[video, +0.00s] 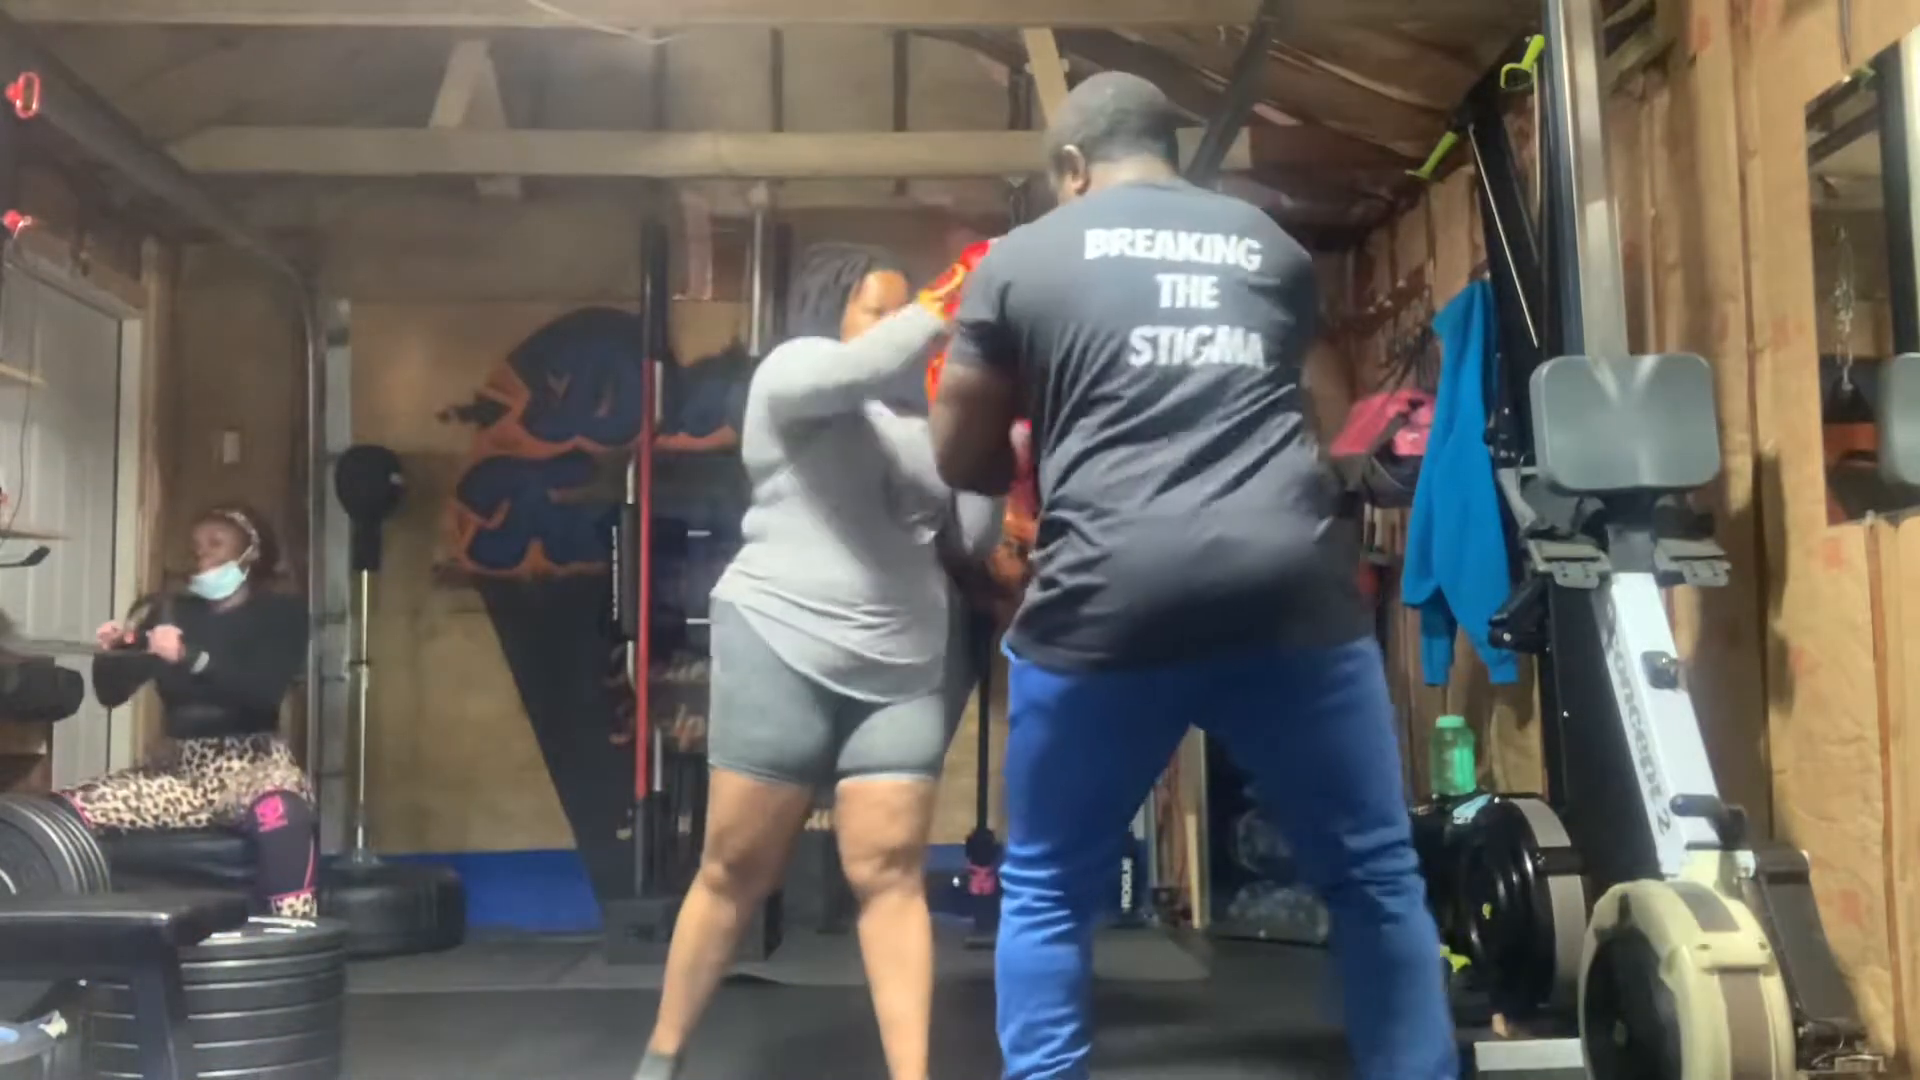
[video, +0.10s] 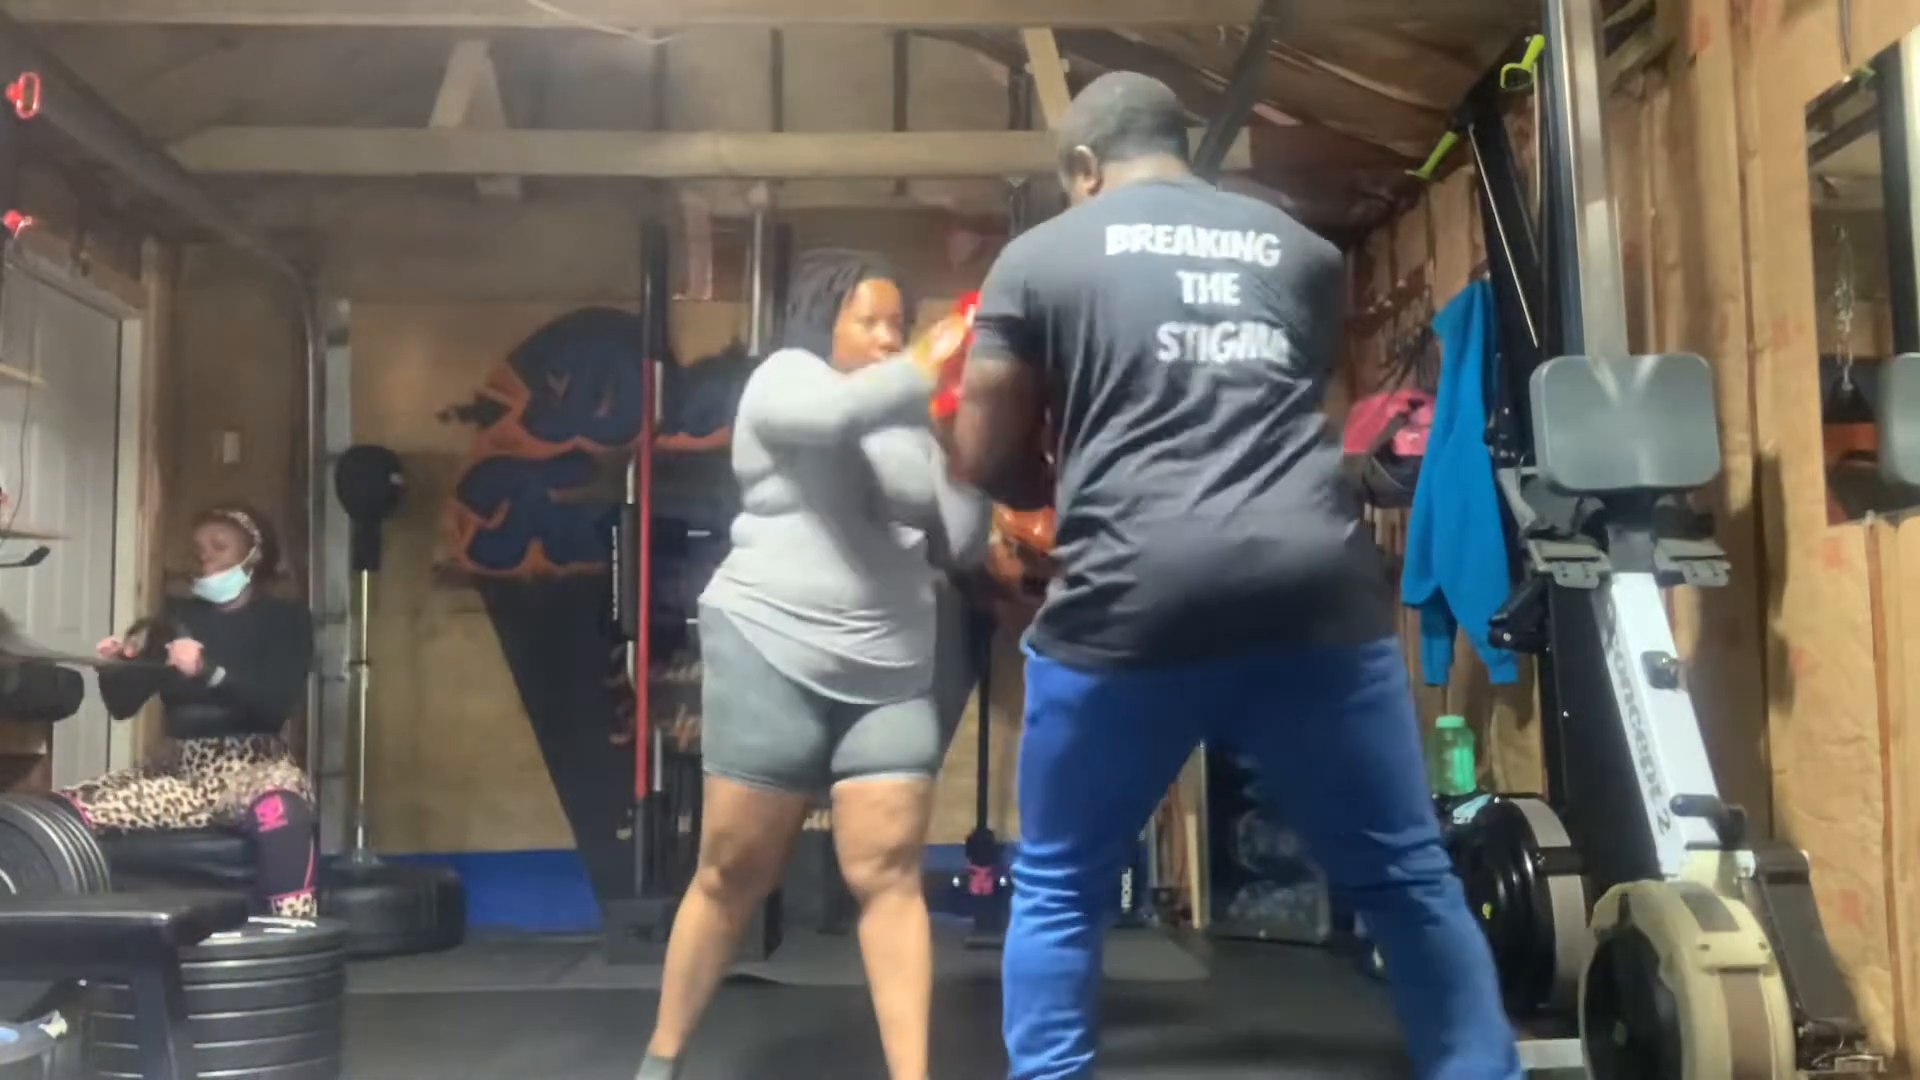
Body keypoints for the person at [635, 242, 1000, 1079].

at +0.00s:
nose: (900, 325)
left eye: (906, 312)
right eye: (880, 309)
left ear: (909, 323)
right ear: (826, 309)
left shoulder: (927, 424)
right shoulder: (787, 373)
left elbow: (973, 540)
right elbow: (868, 366)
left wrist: (1001, 452)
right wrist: (947, 301)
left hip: (904, 665)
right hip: (779, 641)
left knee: (890, 871)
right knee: (731, 870)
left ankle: (911, 1073)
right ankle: (661, 1056)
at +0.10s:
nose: (890, 340)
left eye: (898, 326)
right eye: (871, 323)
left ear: (905, 334)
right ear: (819, 321)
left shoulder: (913, 414)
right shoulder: (780, 377)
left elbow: (960, 546)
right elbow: (835, 413)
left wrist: (970, 434)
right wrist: (931, 361)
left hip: (896, 663)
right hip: (770, 642)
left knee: (890, 870)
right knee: (729, 873)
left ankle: (912, 1073)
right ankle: (662, 1057)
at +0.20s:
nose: (876, 343)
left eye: (887, 329)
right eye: (858, 326)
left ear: (897, 340)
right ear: (809, 330)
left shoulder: (908, 427)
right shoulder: (761, 399)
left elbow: (945, 561)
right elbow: (762, 494)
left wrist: (961, 474)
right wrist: (876, 443)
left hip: (877, 666)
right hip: (750, 647)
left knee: (883, 871)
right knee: (721, 879)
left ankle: (911, 1073)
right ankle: (660, 1061)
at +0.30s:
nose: (856, 350)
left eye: (867, 336)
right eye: (839, 331)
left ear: (876, 348)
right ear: (789, 334)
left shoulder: (887, 435)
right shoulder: (731, 416)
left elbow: (921, 573)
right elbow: (715, 534)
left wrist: (936, 507)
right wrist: (807, 481)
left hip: (857, 680)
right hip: (725, 669)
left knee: (879, 875)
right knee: (708, 883)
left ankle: (908, 1074)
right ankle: (666, 1064)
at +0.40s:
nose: (841, 358)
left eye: (850, 345)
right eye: (824, 339)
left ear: (857, 356)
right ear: (773, 341)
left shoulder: (860, 445)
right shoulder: (711, 431)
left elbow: (894, 582)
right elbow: (672, 557)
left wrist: (903, 525)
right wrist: (769, 505)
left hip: (843, 687)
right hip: (713, 683)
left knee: (874, 869)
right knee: (702, 888)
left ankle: (902, 1072)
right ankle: (667, 1066)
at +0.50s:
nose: (835, 371)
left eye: (844, 357)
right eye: (819, 352)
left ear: (850, 368)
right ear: (767, 354)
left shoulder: (856, 456)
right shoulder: (700, 445)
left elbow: (898, 583)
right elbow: (655, 574)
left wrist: (894, 533)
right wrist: (755, 528)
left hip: (843, 697)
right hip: (711, 695)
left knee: (880, 866)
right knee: (697, 892)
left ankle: (894, 1071)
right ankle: (668, 1071)